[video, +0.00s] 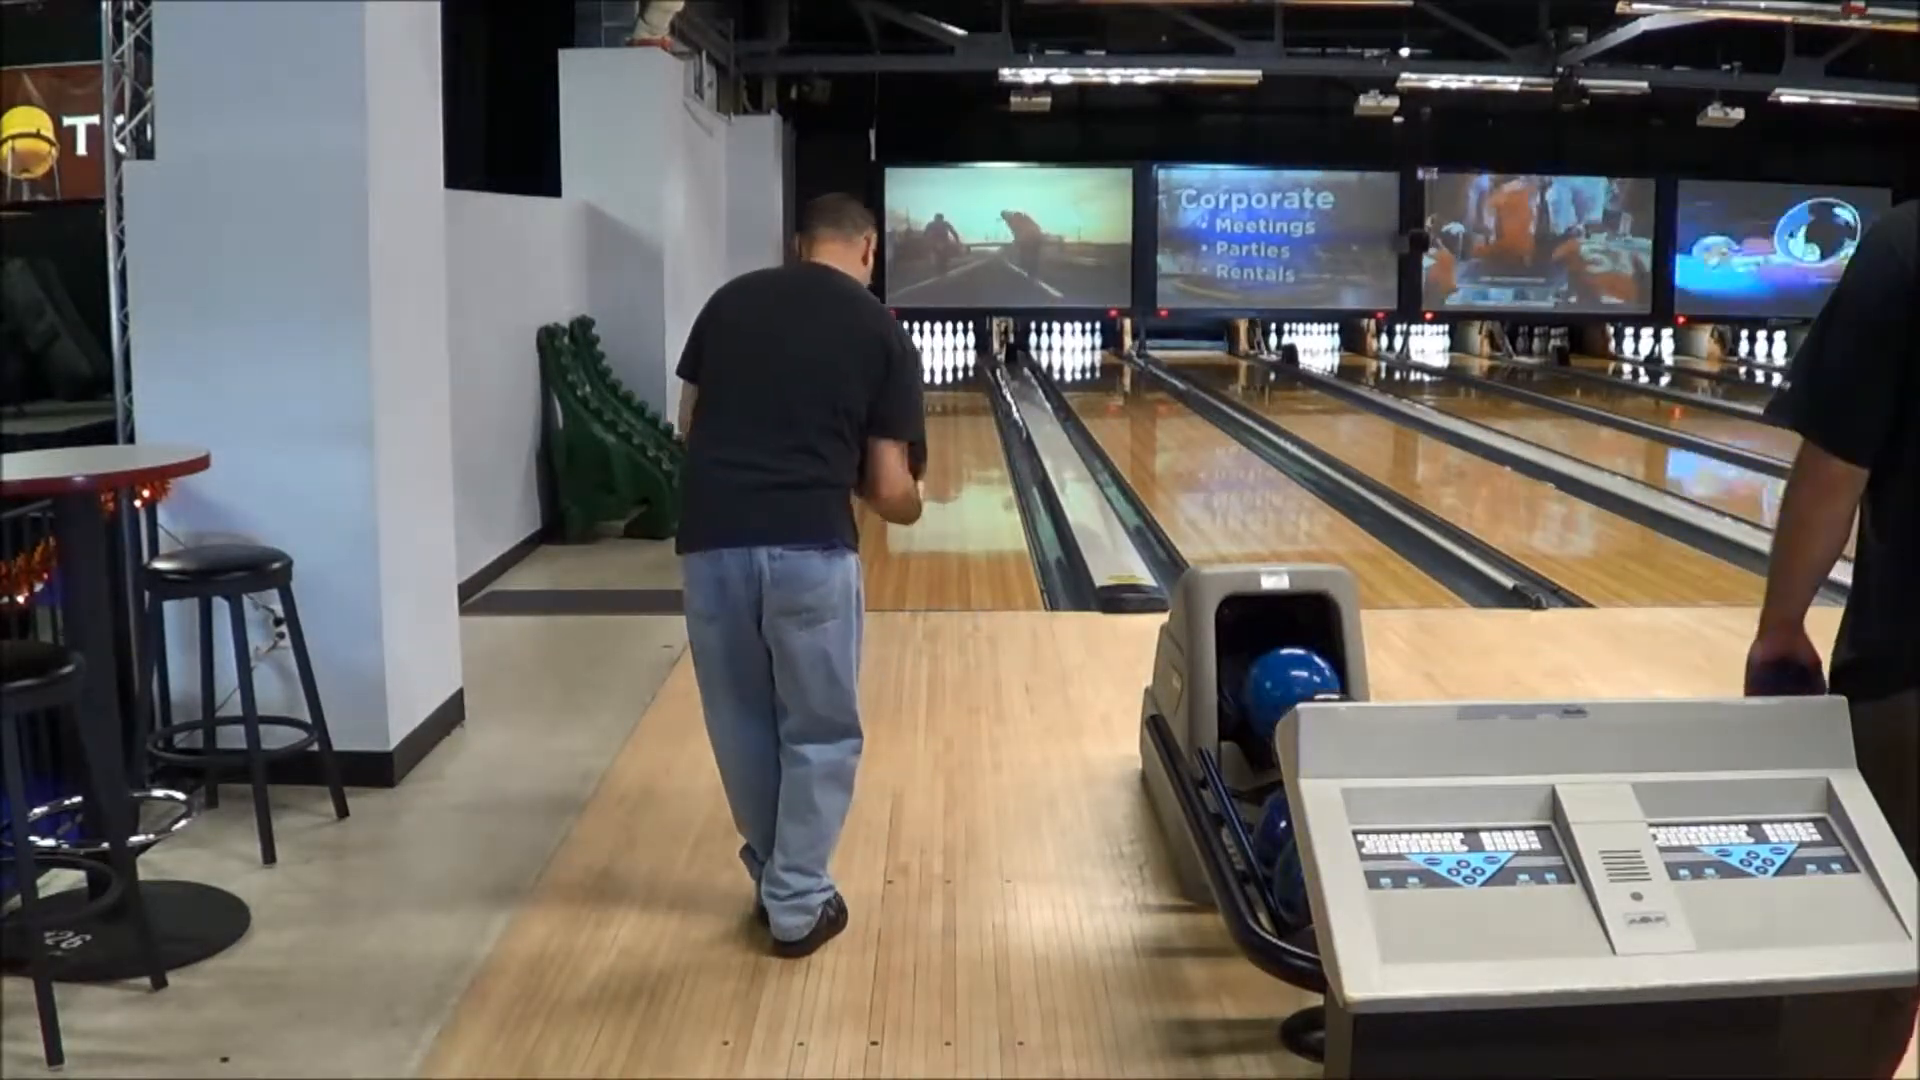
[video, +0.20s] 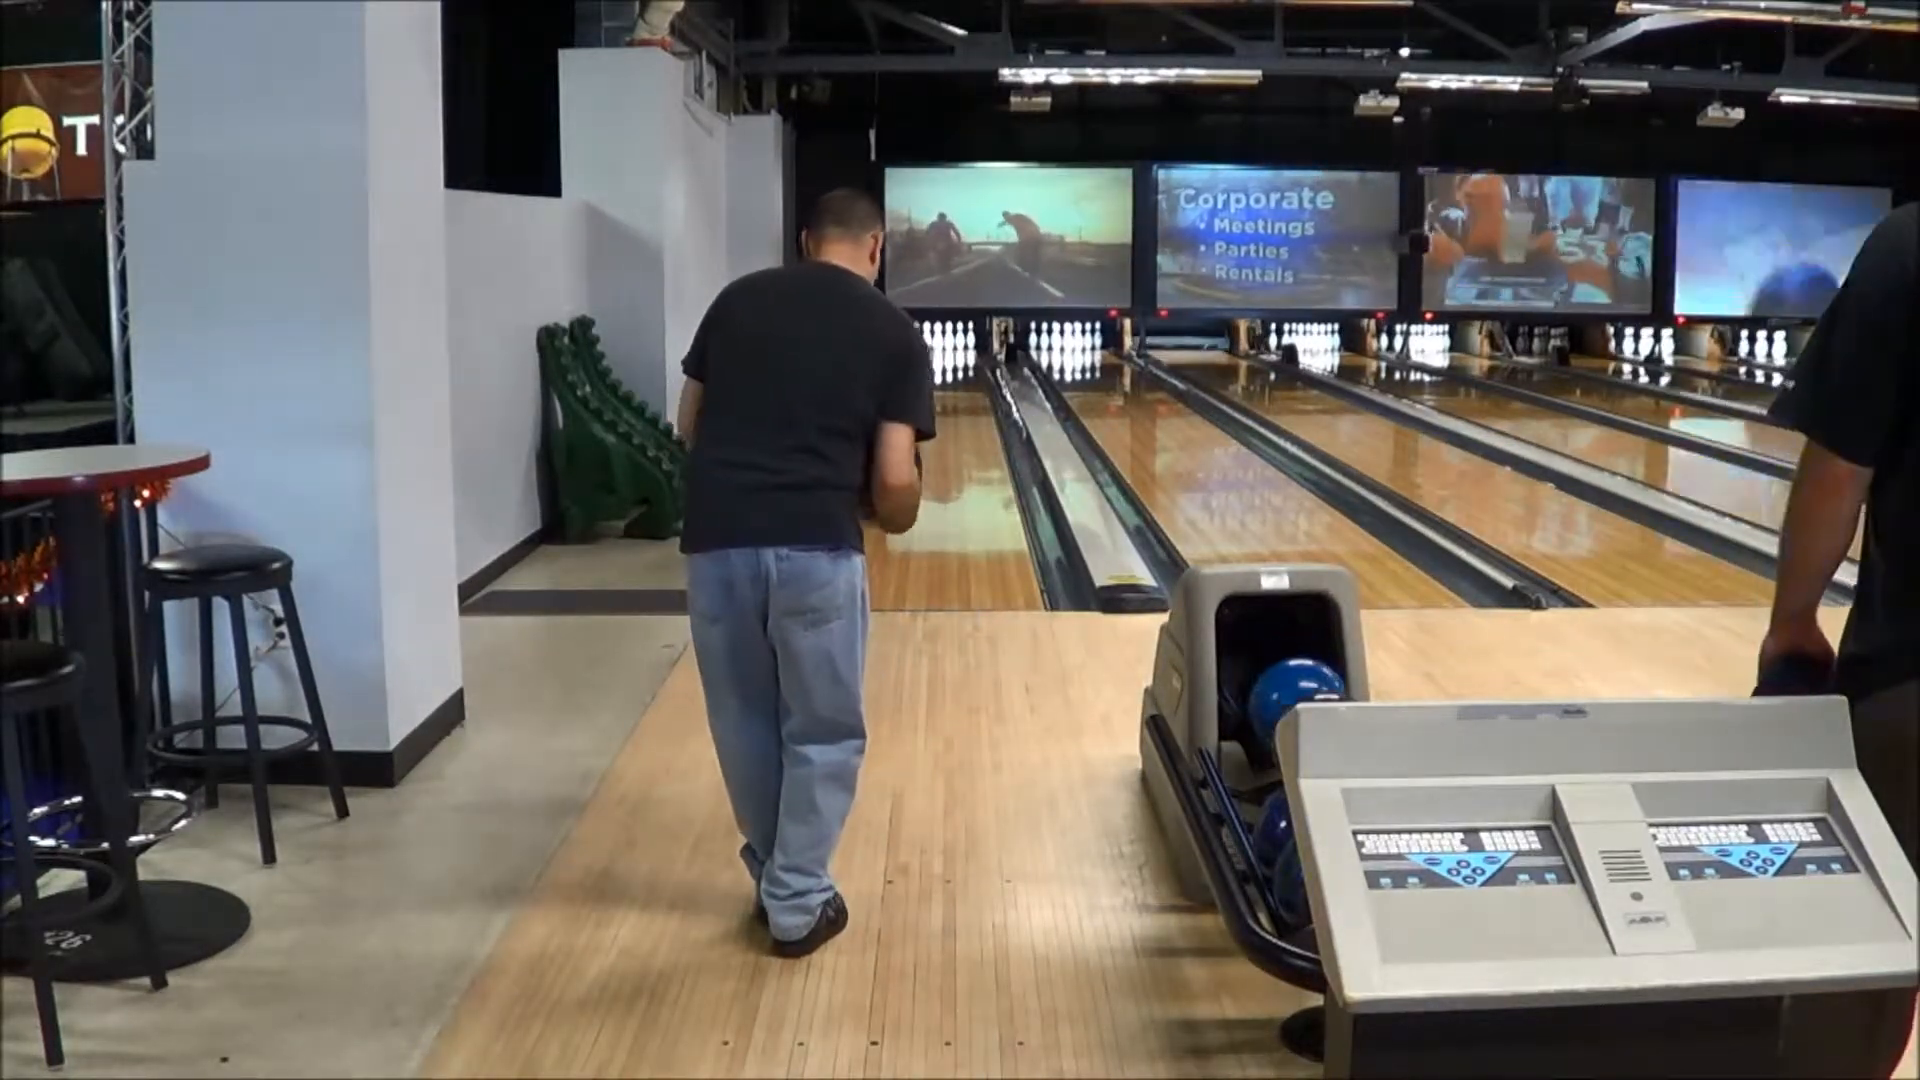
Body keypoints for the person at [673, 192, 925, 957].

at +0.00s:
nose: (873, 267)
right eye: (876, 257)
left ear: (797, 243)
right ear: (869, 251)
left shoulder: (732, 298)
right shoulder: (880, 332)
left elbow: (693, 421)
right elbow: (890, 489)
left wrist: (745, 452)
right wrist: (905, 506)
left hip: (710, 547)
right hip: (809, 549)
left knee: (738, 720)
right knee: (820, 731)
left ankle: (771, 871)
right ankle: (794, 906)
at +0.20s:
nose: (876, 262)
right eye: (880, 252)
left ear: (805, 240)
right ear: (877, 248)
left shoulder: (739, 297)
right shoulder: (892, 330)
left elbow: (689, 421)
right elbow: (894, 477)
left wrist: (736, 463)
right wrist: (893, 518)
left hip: (716, 545)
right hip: (816, 548)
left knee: (741, 718)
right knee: (824, 731)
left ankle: (770, 868)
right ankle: (794, 904)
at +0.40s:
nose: (878, 257)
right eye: (883, 246)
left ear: (807, 238)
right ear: (881, 244)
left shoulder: (742, 297)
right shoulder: (897, 325)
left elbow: (686, 416)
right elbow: (893, 459)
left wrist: (736, 466)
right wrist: (880, 524)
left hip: (720, 542)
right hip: (821, 545)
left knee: (744, 716)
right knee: (826, 730)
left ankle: (772, 868)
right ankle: (794, 905)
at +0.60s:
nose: (882, 245)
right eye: (885, 234)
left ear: (807, 230)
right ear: (881, 234)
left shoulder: (743, 295)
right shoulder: (897, 324)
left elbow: (686, 417)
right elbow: (893, 463)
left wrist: (739, 465)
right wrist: (877, 528)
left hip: (720, 539)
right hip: (819, 543)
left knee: (745, 715)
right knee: (826, 729)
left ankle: (772, 868)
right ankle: (793, 905)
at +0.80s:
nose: (870, 240)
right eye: (877, 229)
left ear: (799, 227)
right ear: (875, 232)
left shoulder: (738, 296)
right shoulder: (894, 325)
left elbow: (684, 416)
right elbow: (889, 470)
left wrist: (739, 458)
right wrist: (881, 521)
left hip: (716, 539)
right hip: (816, 542)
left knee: (744, 716)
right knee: (825, 730)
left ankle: (772, 871)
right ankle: (792, 904)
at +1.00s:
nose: (865, 234)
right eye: (868, 223)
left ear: (789, 224)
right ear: (863, 228)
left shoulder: (730, 297)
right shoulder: (885, 322)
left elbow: (688, 419)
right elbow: (889, 476)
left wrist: (738, 462)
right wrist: (876, 512)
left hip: (716, 540)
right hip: (817, 542)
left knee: (742, 718)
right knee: (823, 730)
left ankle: (769, 868)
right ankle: (793, 905)